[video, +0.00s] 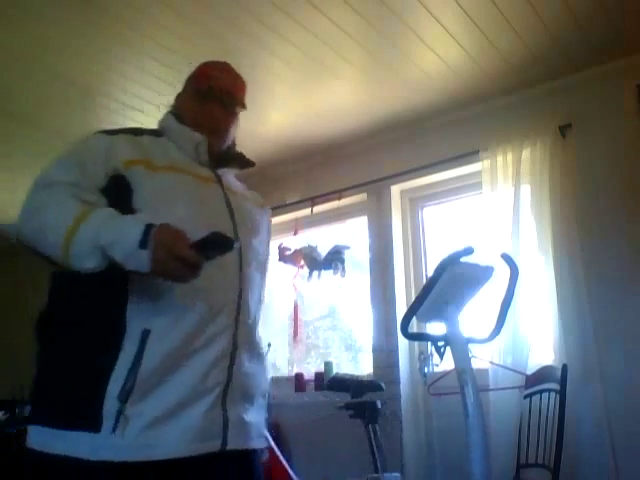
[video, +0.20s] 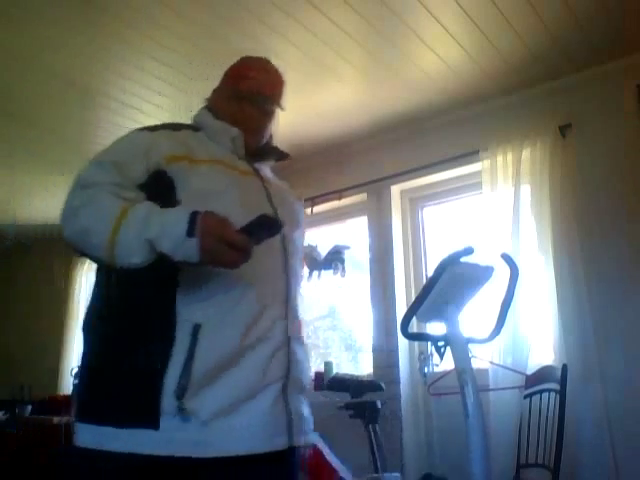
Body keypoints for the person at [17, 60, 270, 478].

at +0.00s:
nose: (233, 119)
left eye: (239, 109)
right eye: (226, 102)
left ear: (240, 117)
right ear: (195, 94)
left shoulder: (247, 199)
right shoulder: (113, 151)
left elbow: (245, 318)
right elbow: (41, 213)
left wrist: (257, 426)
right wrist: (135, 241)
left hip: (231, 442)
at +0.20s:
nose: (268, 115)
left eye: (275, 106)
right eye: (258, 101)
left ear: (280, 115)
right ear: (222, 96)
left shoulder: (282, 194)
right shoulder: (155, 146)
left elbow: (283, 312)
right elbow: (83, 212)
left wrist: (300, 428)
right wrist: (175, 231)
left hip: (261, 442)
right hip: (147, 438)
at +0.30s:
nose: (282, 115)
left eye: (294, 108)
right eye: (272, 101)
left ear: (301, 118)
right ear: (239, 98)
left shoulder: (313, 197)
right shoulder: (173, 154)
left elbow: (322, 312)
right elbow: (108, 222)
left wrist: (349, 390)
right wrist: (208, 234)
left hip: (296, 446)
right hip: (181, 443)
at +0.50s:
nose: (302, 96)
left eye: (309, 88)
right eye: (289, 84)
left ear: (314, 101)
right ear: (250, 87)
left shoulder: (339, 186)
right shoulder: (181, 152)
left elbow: (379, 288)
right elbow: (122, 223)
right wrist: (219, 238)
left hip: (308, 430)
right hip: (194, 426)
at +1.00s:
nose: (302, 69)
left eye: (305, 61)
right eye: (290, 52)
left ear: (301, 76)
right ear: (242, 48)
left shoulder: (306, 168)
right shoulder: (164, 116)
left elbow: (325, 278)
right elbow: (124, 209)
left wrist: (352, 347)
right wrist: (247, 280)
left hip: (299, 425)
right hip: (193, 424)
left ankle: (503, 457)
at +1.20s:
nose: (296, 79)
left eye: (300, 68)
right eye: (289, 59)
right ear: (242, 45)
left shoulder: (274, 161)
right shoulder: (158, 98)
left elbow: (282, 289)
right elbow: (132, 191)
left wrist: (300, 389)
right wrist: (261, 288)